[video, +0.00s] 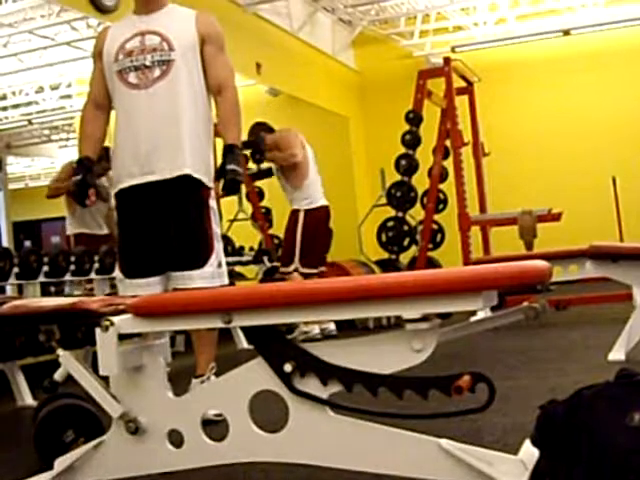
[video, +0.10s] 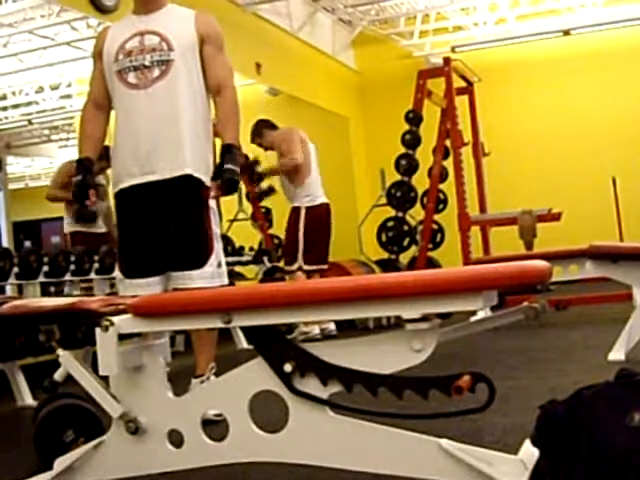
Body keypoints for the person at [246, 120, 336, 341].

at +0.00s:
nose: (259, 149)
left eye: (258, 145)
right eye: (257, 147)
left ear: (262, 136)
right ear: (266, 133)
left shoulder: (285, 135)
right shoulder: (288, 141)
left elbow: (296, 156)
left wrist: (266, 156)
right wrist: (258, 173)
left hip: (306, 210)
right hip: (314, 209)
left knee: (291, 270)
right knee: (311, 270)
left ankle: (309, 322)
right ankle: (324, 319)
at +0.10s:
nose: (266, 149)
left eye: (262, 144)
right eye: (262, 147)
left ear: (264, 134)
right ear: (270, 128)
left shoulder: (287, 135)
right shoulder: (299, 137)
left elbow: (295, 160)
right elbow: (297, 172)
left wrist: (265, 171)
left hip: (305, 207)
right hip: (317, 205)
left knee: (294, 268)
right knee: (314, 269)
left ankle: (308, 322)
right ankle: (324, 319)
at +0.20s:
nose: (265, 149)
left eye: (261, 144)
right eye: (261, 147)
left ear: (263, 134)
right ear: (270, 128)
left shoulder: (285, 135)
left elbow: (293, 166)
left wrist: (266, 187)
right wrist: (272, 206)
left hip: (304, 207)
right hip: (317, 205)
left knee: (298, 270)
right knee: (315, 269)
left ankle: (309, 323)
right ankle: (324, 319)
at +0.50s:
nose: (244, 159)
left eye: (241, 154)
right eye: (240, 156)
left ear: (244, 144)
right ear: (250, 140)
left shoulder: (268, 149)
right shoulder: (280, 146)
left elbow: (282, 180)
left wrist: (292, 208)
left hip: (299, 208)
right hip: (314, 205)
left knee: (298, 271)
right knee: (315, 269)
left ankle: (310, 324)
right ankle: (328, 320)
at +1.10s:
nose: (247, 156)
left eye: (244, 152)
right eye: (245, 153)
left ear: (246, 143)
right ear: (259, 136)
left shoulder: (260, 148)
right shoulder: (287, 147)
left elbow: (271, 185)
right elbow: (297, 181)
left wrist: (268, 223)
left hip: (290, 212)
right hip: (312, 207)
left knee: (282, 272)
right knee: (319, 270)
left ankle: (283, 324)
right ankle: (328, 321)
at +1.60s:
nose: (225, 156)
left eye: (225, 151)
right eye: (224, 151)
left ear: (230, 144)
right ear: (238, 138)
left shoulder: (248, 156)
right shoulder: (272, 151)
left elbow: (261, 181)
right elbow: (286, 178)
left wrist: (255, 201)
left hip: (277, 212)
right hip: (299, 206)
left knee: (272, 275)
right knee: (311, 270)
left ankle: (278, 326)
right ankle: (325, 321)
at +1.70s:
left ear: (226, 147)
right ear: (240, 139)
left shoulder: (238, 161)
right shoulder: (266, 152)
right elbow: (281, 177)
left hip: (272, 211)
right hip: (295, 203)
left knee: (272, 275)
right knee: (308, 268)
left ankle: (277, 326)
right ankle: (323, 321)